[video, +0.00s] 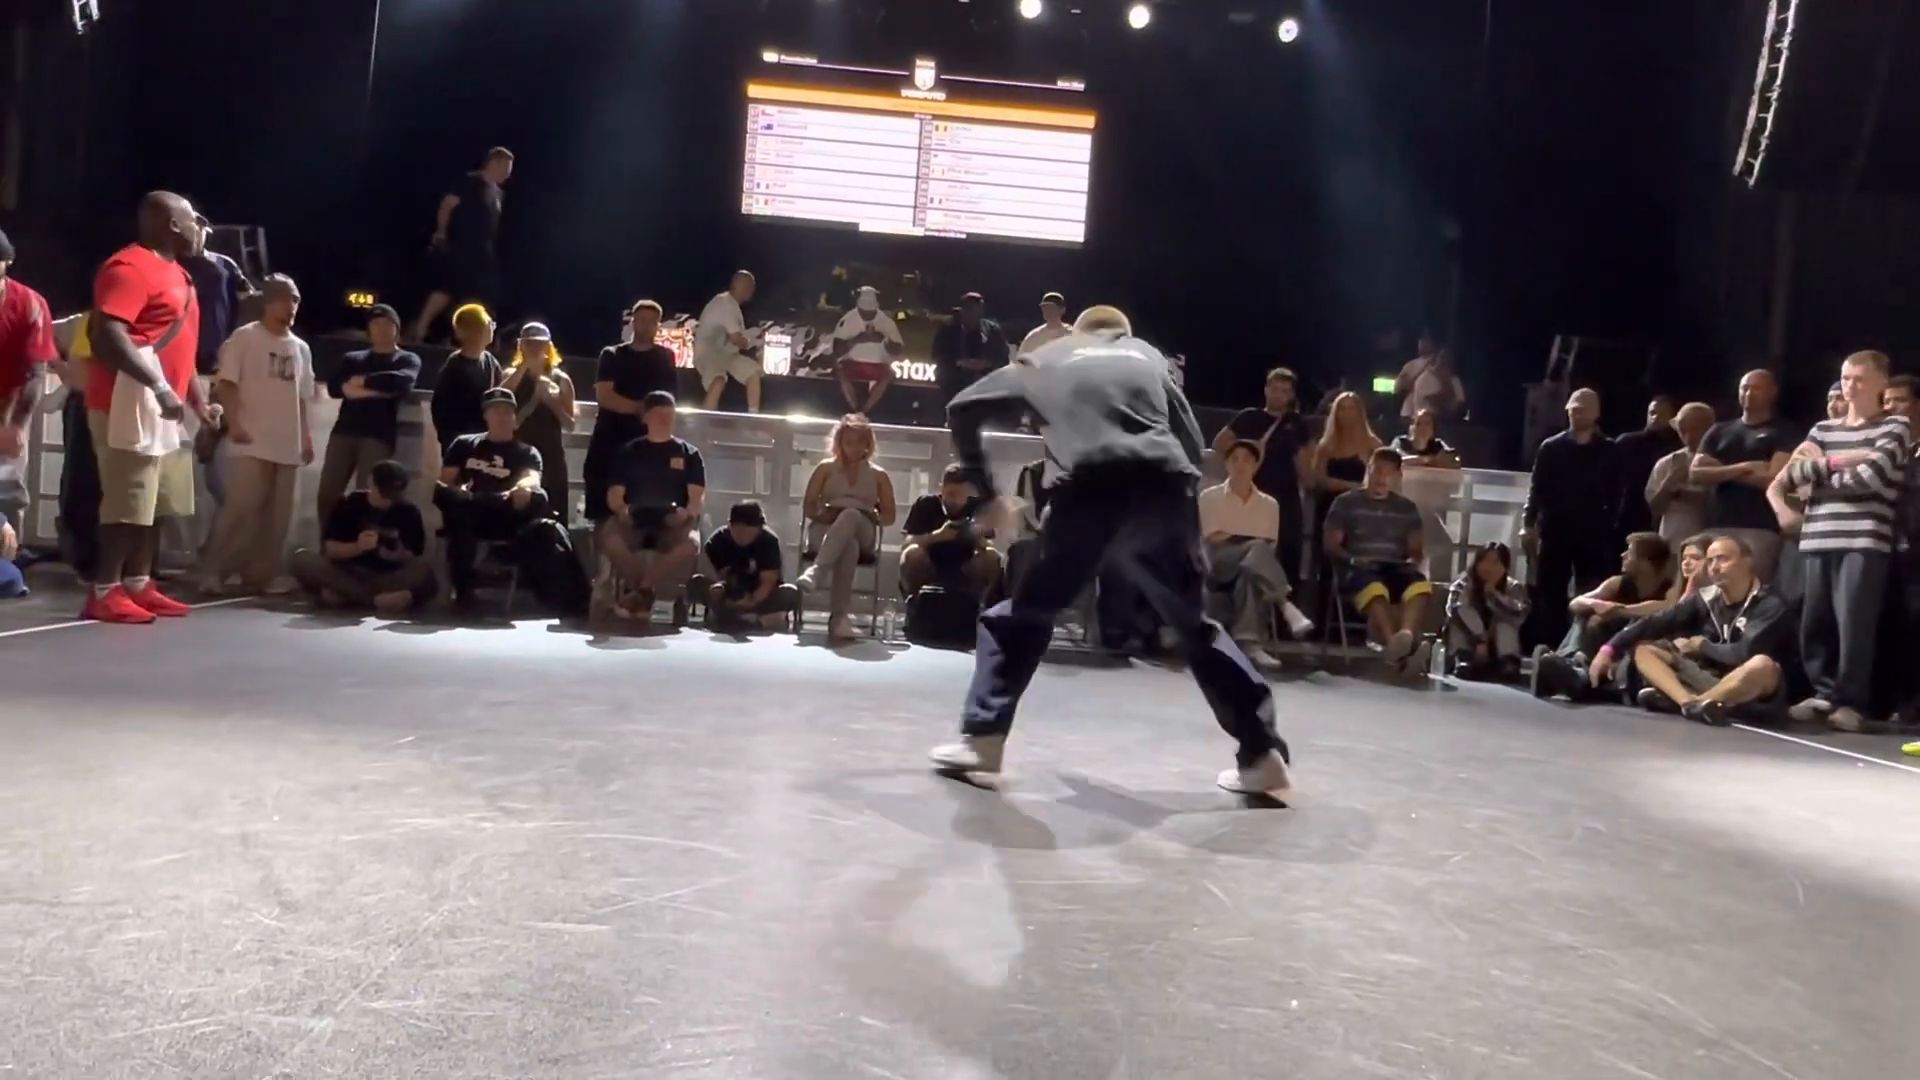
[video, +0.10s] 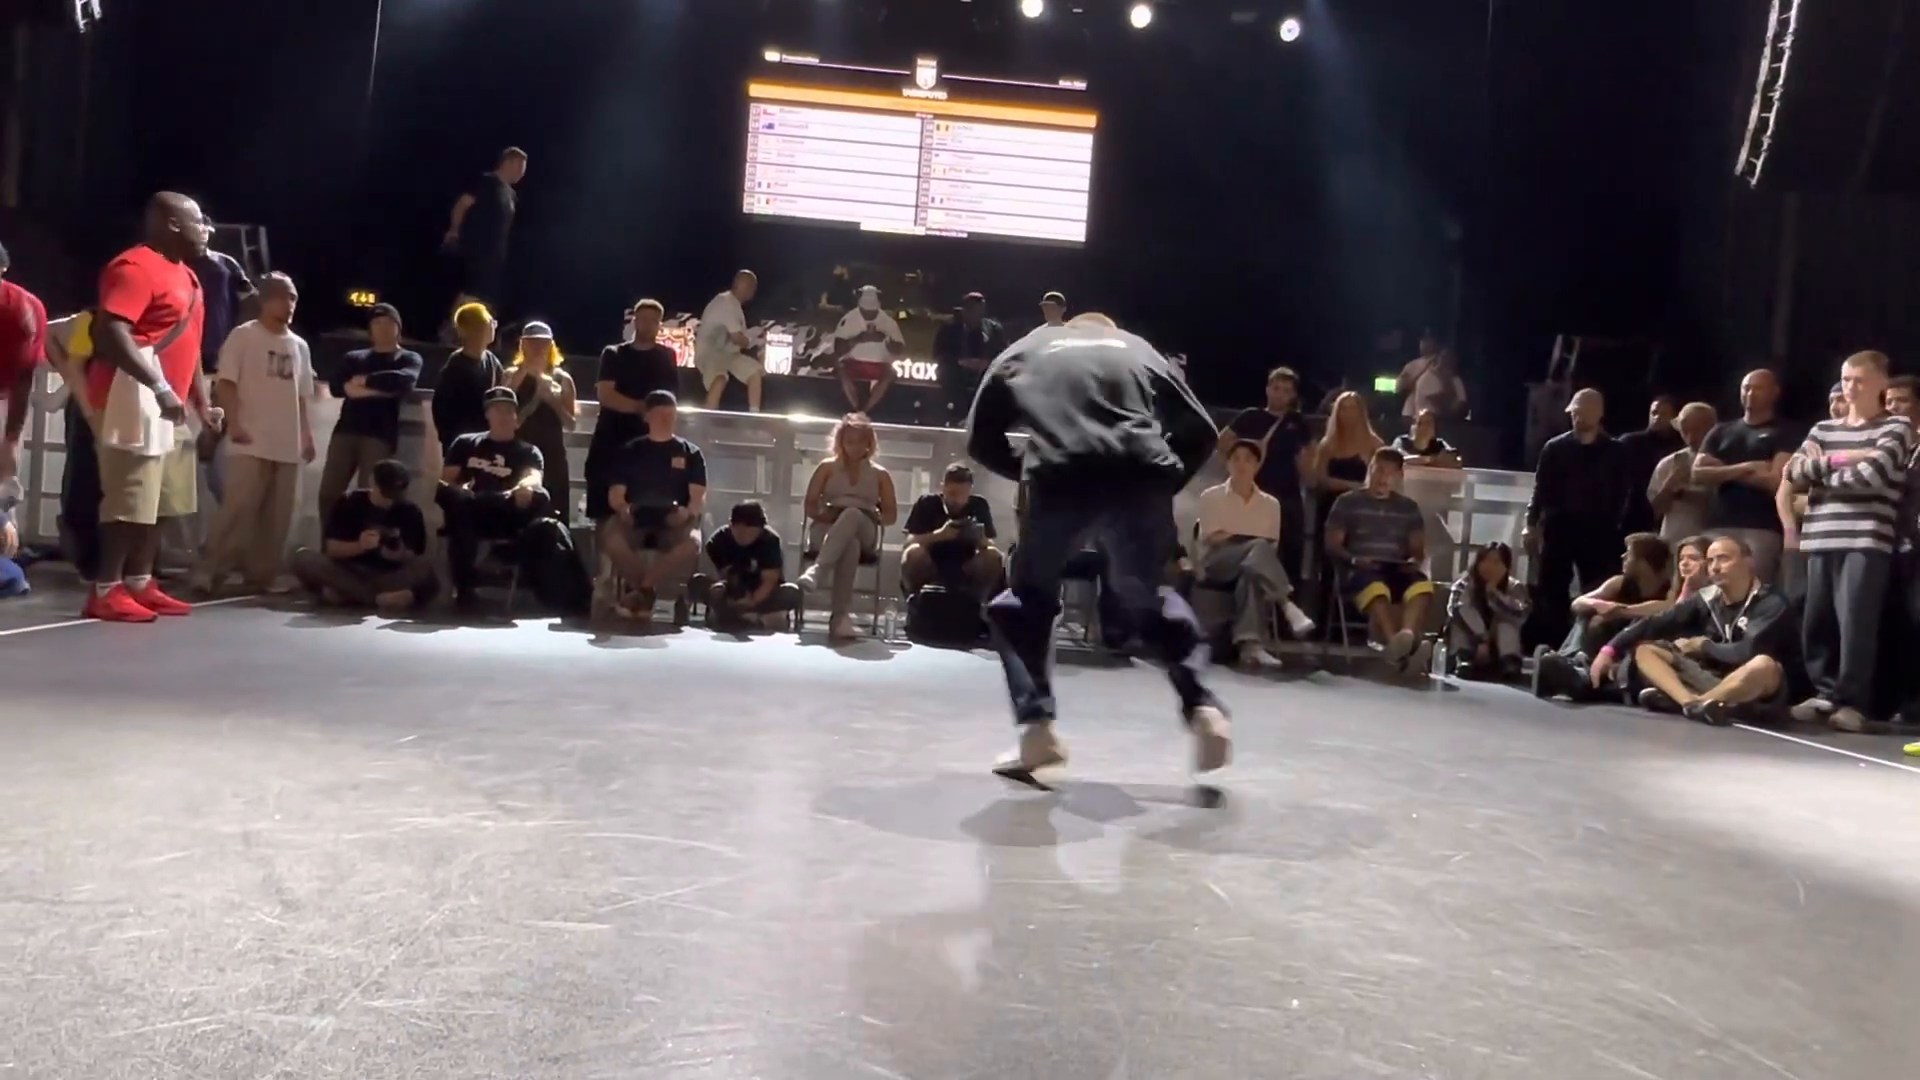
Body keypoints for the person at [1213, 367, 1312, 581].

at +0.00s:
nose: (1278, 395)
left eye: (1284, 391)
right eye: (1274, 389)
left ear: (1292, 395)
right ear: (1265, 391)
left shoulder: (1297, 424)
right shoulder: (1249, 417)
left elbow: (1304, 459)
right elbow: (1220, 443)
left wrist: (1307, 482)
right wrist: (1239, 471)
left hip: (1285, 495)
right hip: (1250, 493)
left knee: (1288, 550)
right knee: (1247, 547)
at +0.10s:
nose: (1280, 394)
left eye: (1286, 390)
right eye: (1275, 388)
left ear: (1293, 395)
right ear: (1267, 390)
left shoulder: (1298, 422)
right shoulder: (1251, 416)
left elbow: (1307, 456)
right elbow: (1223, 441)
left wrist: (1306, 477)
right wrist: (1243, 467)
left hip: (1286, 494)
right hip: (1252, 492)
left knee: (1289, 549)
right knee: (1248, 546)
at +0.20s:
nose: (1280, 394)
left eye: (1287, 390)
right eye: (1276, 388)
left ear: (1295, 394)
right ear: (1268, 389)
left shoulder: (1300, 423)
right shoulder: (1252, 415)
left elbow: (1308, 460)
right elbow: (1221, 442)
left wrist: (1310, 481)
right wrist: (1248, 460)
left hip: (1287, 495)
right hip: (1251, 493)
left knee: (1289, 553)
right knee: (1247, 547)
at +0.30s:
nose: (1282, 393)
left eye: (1288, 389)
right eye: (1278, 387)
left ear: (1296, 393)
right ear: (1270, 389)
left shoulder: (1300, 421)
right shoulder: (1254, 415)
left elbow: (1310, 455)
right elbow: (1223, 440)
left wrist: (1309, 477)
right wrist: (1247, 462)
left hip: (1289, 493)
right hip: (1255, 492)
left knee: (1291, 550)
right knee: (1252, 546)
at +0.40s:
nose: (1284, 392)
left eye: (1290, 387)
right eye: (1280, 386)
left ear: (1297, 392)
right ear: (1272, 387)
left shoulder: (1302, 420)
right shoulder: (1256, 414)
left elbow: (1310, 454)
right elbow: (1228, 436)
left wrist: (1310, 477)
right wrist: (1244, 466)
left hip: (1290, 491)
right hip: (1256, 489)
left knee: (1293, 546)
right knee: (1254, 542)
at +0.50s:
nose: (1286, 389)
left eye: (1292, 386)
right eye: (1282, 384)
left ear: (1300, 391)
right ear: (1273, 386)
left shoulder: (1305, 418)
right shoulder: (1257, 413)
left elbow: (1312, 459)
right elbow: (1228, 436)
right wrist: (1254, 450)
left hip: (1293, 491)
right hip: (1260, 488)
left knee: (1295, 548)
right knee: (1260, 543)